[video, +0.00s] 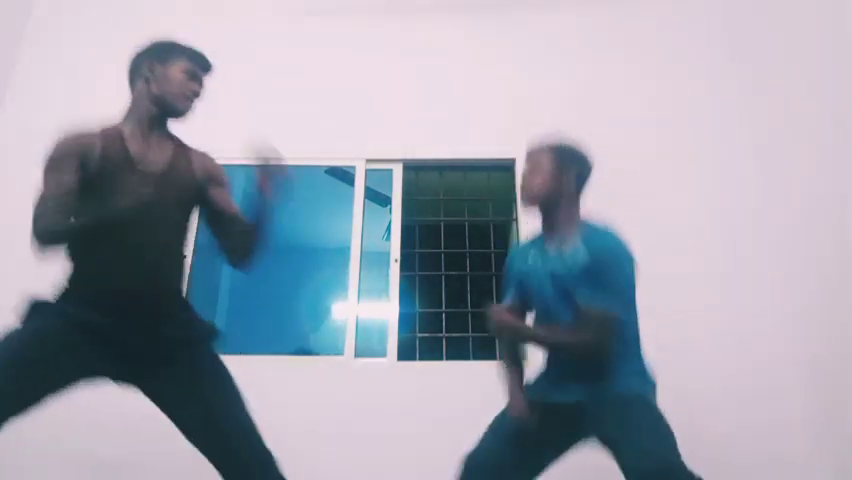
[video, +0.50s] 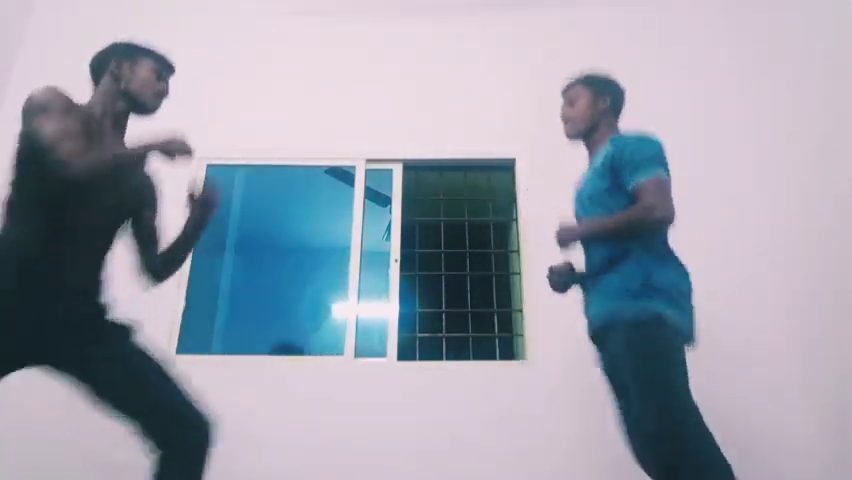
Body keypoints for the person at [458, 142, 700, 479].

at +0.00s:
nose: (524, 177)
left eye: (535, 169)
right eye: (526, 169)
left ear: (567, 180)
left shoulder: (606, 249)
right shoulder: (524, 257)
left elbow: (595, 339)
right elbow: (508, 328)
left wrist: (517, 329)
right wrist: (516, 395)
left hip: (619, 395)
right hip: (558, 394)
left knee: (660, 471)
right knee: (482, 469)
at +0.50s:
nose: (563, 111)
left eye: (572, 101)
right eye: (563, 104)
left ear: (604, 105)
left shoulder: (634, 146)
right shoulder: (592, 178)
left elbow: (659, 208)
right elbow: (621, 256)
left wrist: (584, 230)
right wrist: (577, 273)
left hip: (645, 310)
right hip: (612, 319)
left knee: (670, 429)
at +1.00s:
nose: (552, 139)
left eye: (559, 127)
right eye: (553, 129)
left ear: (589, 126)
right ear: (604, 131)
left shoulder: (584, 155)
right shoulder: (648, 178)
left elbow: (580, 214)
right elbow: (669, 265)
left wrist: (545, 246)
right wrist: (591, 277)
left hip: (608, 327)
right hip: (676, 330)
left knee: (577, 449)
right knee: (688, 451)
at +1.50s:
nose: (603, 213)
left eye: (607, 206)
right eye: (603, 207)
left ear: (630, 198)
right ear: (658, 201)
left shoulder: (628, 218)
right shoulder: (716, 246)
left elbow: (578, 230)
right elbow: (752, 335)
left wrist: (554, 232)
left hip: (655, 380)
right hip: (732, 390)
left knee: (574, 474)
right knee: (745, 476)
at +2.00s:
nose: (604, 135)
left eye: (613, 125)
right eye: (606, 127)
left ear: (644, 127)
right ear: (646, 131)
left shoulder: (654, 160)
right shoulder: (677, 173)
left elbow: (654, 220)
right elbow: (692, 268)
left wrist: (597, 226)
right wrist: (638, 274)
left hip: (696, 329)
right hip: (726, 331)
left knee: (716, 459)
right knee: (740, 459)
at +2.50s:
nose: (563, 209)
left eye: (567, 199)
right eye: (562, 202)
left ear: (593, 196)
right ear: (603, 199)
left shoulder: (604, 220)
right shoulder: (648, 235)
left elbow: (617, 280)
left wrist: (574, 322)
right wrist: (621, 349)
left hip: (660, 338)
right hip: (713, 347)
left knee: (596, 448)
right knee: (689, 464)